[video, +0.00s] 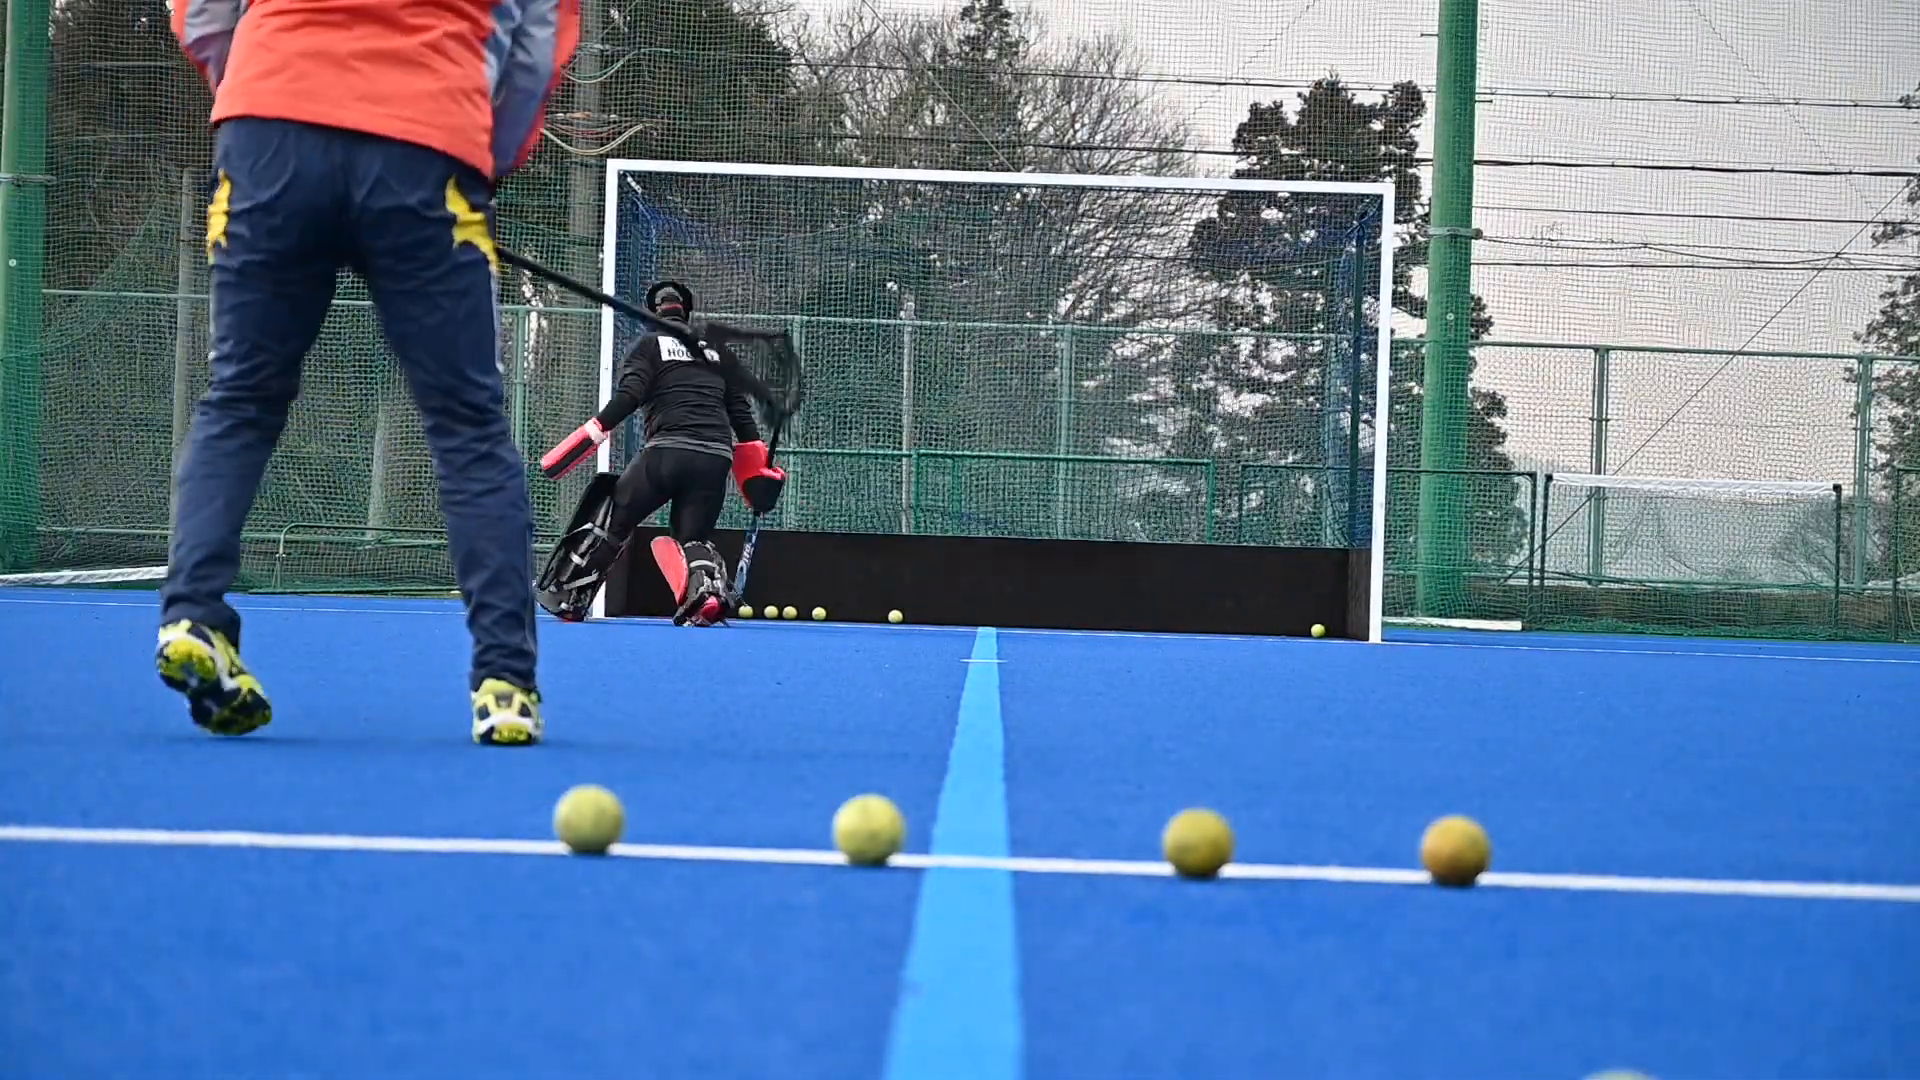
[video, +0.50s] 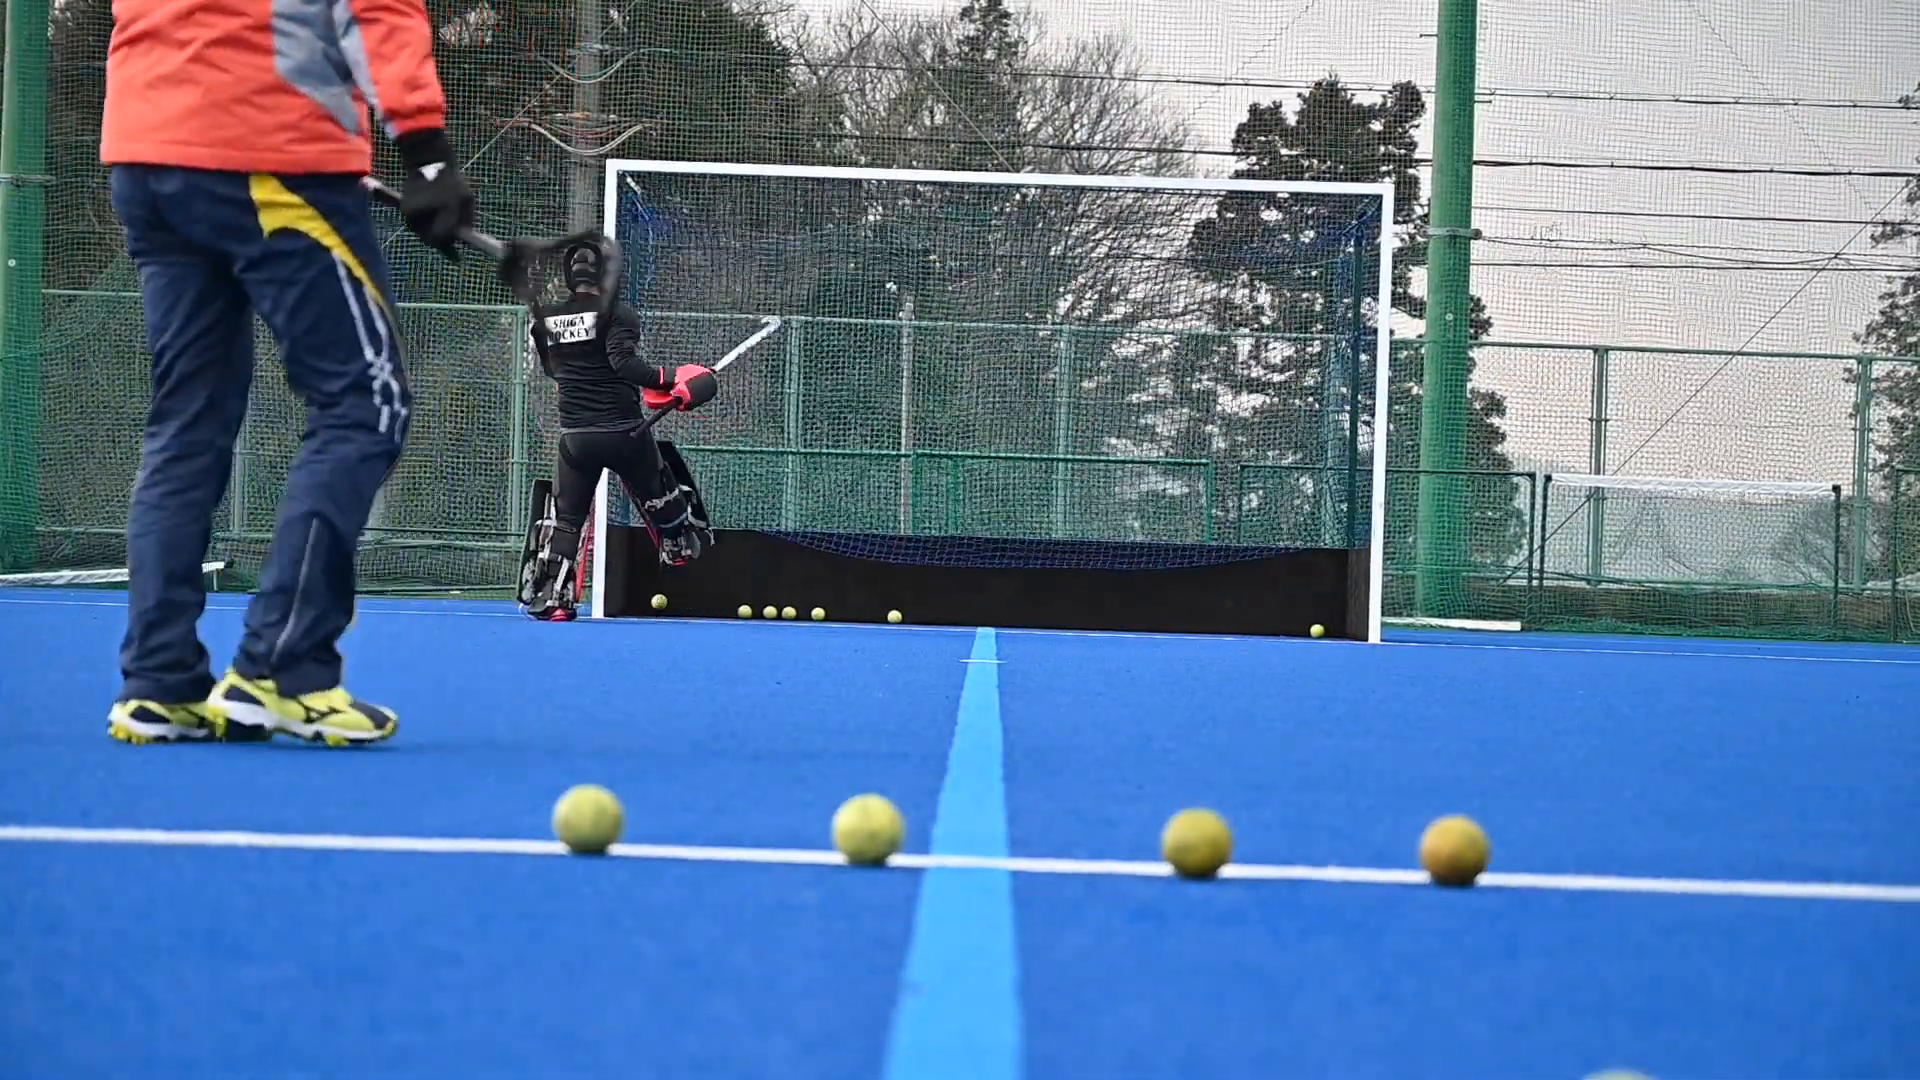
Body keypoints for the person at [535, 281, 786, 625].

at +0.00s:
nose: (668, 307)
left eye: (666, 303)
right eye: (669, 302)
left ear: (653, 312)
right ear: (688, 311)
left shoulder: (649, 343)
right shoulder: (716, 349)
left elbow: (631, 394)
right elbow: (739, 408)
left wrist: (588, 434)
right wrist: (757, 465)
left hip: (668, 451)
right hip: (715, 459)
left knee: (616, 520)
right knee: (694, 539)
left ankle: (575, 596)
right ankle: (708, 590)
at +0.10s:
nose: (631, 301)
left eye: (626, 297)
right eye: (642, 294)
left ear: (620, 303)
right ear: (657, 300)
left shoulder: (612, 340)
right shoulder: (689, 337)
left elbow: (583, 396)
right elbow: (712, 395)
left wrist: (547, 433)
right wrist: (733, 439)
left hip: (627, 460)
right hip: (679, 462)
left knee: (590, 531)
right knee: (679, 537)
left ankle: (559, 602)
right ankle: (691, 564)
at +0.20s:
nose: (626, 293)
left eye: (606, 289)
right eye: (629, 288)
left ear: (596, 297)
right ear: (633, 292)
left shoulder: (582, 335)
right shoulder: (662, 330)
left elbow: (553, 392)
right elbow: (685, 389)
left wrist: (520, 434)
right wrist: (717, 425)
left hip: (603, 453)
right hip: (654, 455)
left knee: (579, 527)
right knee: (661, 526)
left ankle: (558, 599)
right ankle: (658, 564)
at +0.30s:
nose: (622, 285)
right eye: (622, 279)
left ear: (583, 287)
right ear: (619, 283)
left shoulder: (563, 328)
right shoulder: (641, 324)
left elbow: (540, 384)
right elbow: (663, 382)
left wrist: (528, 419)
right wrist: (706, 405)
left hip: (589, 449)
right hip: (638, 449)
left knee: (574, 523)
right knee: (657, 512)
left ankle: (555, 597)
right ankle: (641, 580)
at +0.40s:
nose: (619, 284)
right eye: (617, 278)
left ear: (575, 282)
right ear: (612, 280)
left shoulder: (550, 322)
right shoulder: (624, 317)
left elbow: (545, 380)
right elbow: (642, 375)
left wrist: (554, 398)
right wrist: (684, 391)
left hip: (579, 444)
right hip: (629, 441)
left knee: (568, 522)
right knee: (653, 502)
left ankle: (554, 599)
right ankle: (668, 581)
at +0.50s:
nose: (618, 279)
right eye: (613, 270)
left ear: (570, 277)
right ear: (607, 275)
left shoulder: (547, 318)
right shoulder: (618, 312)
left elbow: (550, 367)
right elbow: (623, 362)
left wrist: (588, 371)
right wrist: (667, 378)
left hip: (576, 437)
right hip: (625, 433)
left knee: (567, 518)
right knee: (655, 495)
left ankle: (551, 598)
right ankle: (679, 545)